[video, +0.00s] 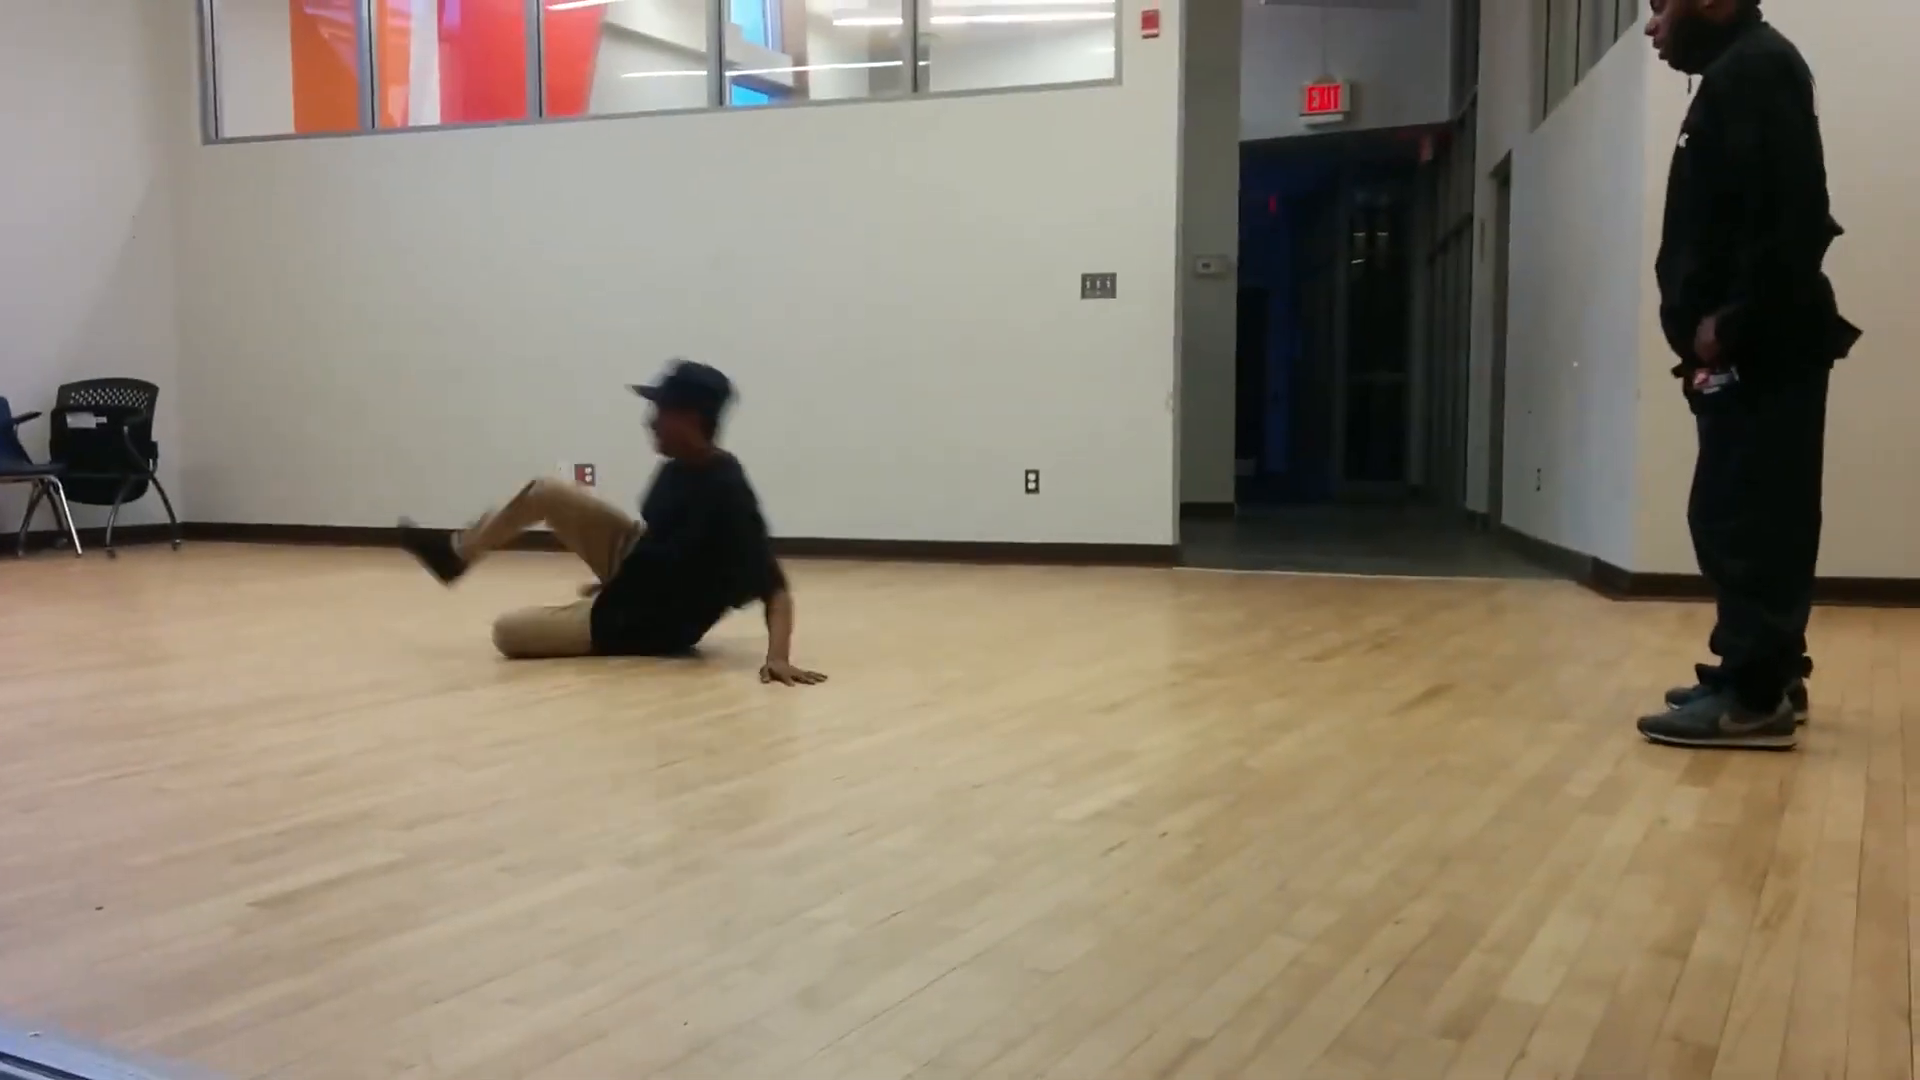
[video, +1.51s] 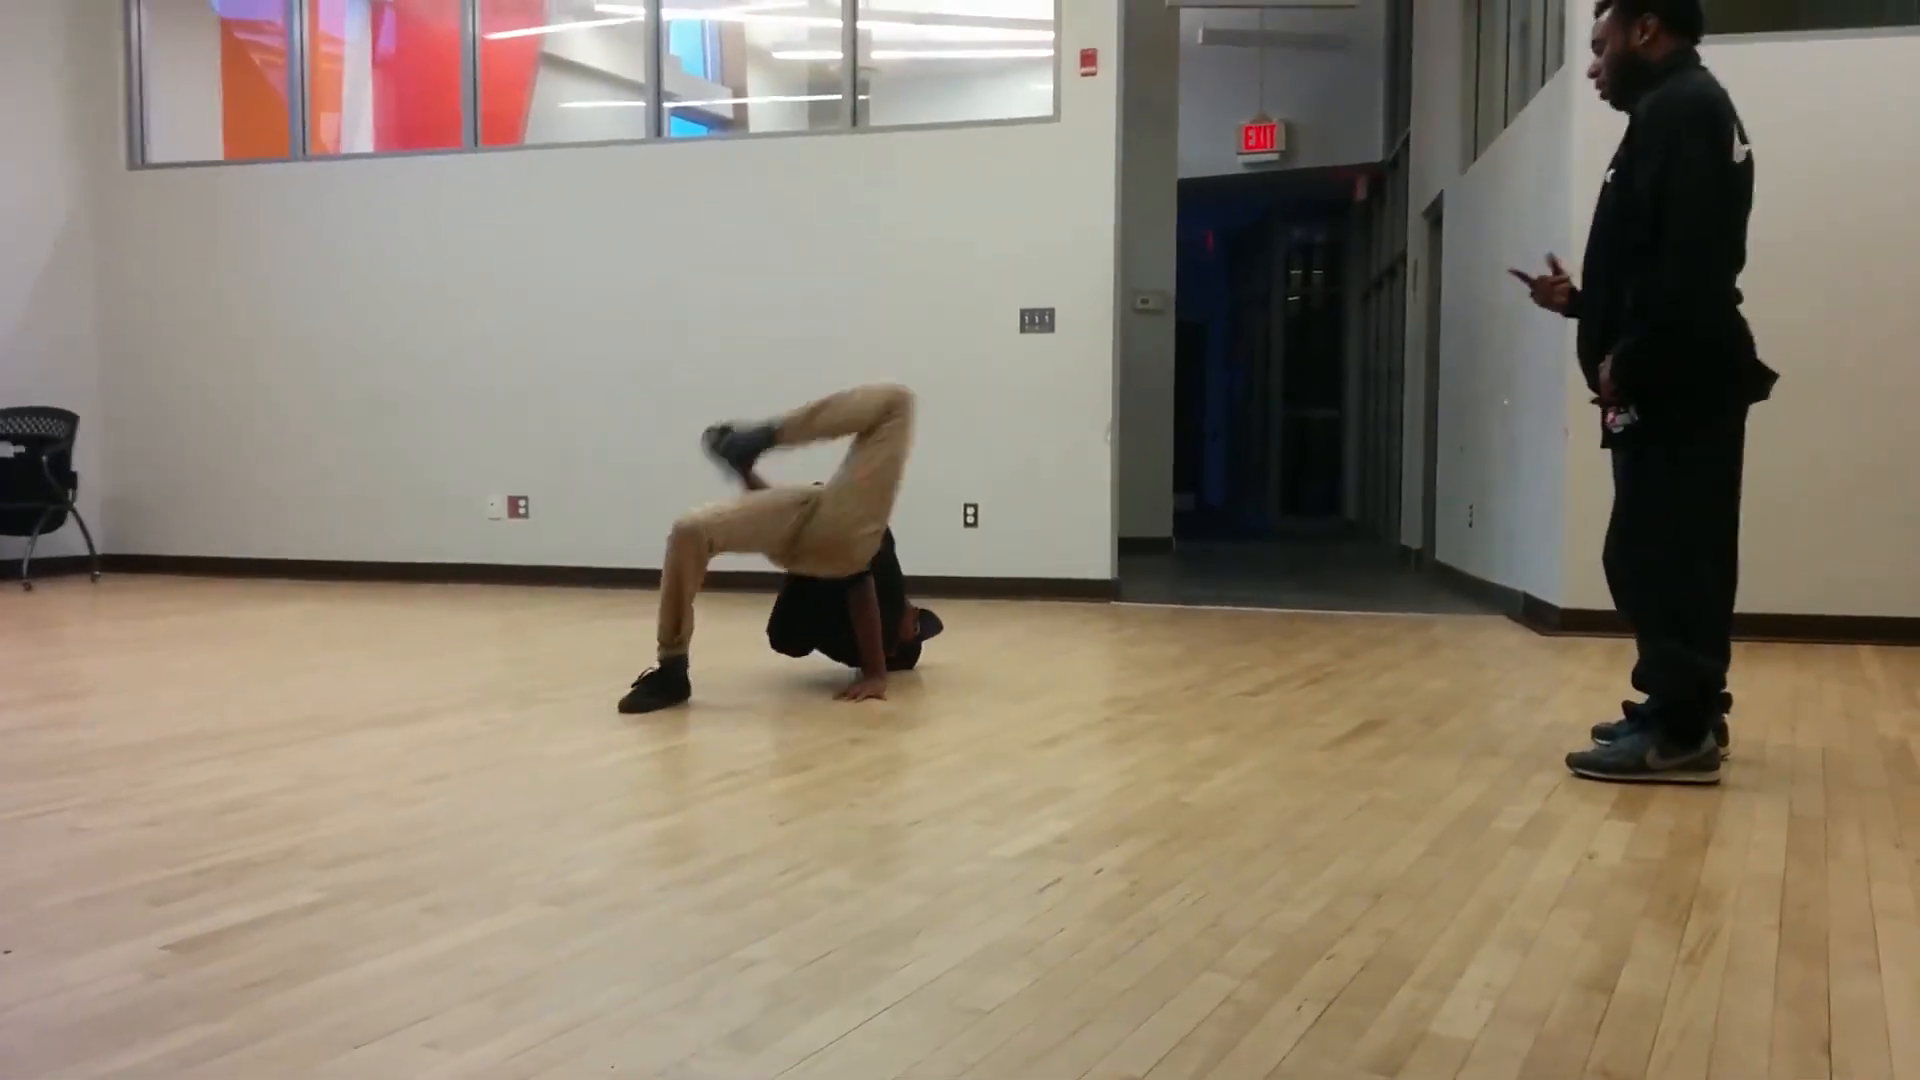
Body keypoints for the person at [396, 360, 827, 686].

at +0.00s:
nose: (653, 420)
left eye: (665, 412)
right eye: (656, 410)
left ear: (696, 421)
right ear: (681, 419)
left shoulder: (726, 494)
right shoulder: (681, 469)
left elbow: (777, 590)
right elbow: (669, 554)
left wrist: (778, 658)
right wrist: (617, 585)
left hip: (654, 619)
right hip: (643, 566)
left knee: (509, 632)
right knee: (547, 494)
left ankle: (594, 615)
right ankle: (458, 553)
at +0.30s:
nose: (794, 499)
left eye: (809, 499)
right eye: (802, 491)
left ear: (831, 526)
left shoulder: (809, 575)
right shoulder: (753, 530)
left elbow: (785, 625)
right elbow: (673, 508)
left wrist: (777, 664)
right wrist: (602, 452)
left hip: (640, 635)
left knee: (666, 548)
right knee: (712, 491)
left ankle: (558, 488)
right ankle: (587, 551)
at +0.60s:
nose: (875, 580)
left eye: (882, 595)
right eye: (885, 582)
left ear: (867, 625)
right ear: (872, 578)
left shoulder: (807, 628)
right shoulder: (820, 559)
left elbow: (749, 593)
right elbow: (793, 473)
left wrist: (826, 635)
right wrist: (786, 392)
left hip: (701, 537)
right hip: (705, 494)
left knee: (844, 467)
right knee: (710, 384)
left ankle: (773, 377)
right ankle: (584, 314)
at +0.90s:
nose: (910, 592)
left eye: (913, 599)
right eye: (912, 595)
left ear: (902, 611)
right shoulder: (829, 610)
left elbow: (871, 561)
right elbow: (747, 501)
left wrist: (881, 652)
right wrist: (692, 462)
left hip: (823, 476)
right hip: (780, 497)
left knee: (816, 340)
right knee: (663, 405)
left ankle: (715, 415)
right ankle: (631, 554)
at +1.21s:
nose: (924, 594)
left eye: (929, 607)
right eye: (929, 595)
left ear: (913, 632)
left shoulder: (895, 636)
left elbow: (858, 577)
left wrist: (880, 663)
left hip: (810, 562)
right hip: (766, 534)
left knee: (811, 423)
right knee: (671, 522)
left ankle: (699, 495)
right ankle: (686, 660)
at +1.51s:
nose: (917, 615)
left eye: (920, 626)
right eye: (922, 616)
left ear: (904, 642)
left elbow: (861, 583)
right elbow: (787, 521)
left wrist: (875, 674)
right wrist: (747, 473)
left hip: (848, 539)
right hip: (796, 522)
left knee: (894, 403)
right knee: (689, 532)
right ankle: (671, 672)